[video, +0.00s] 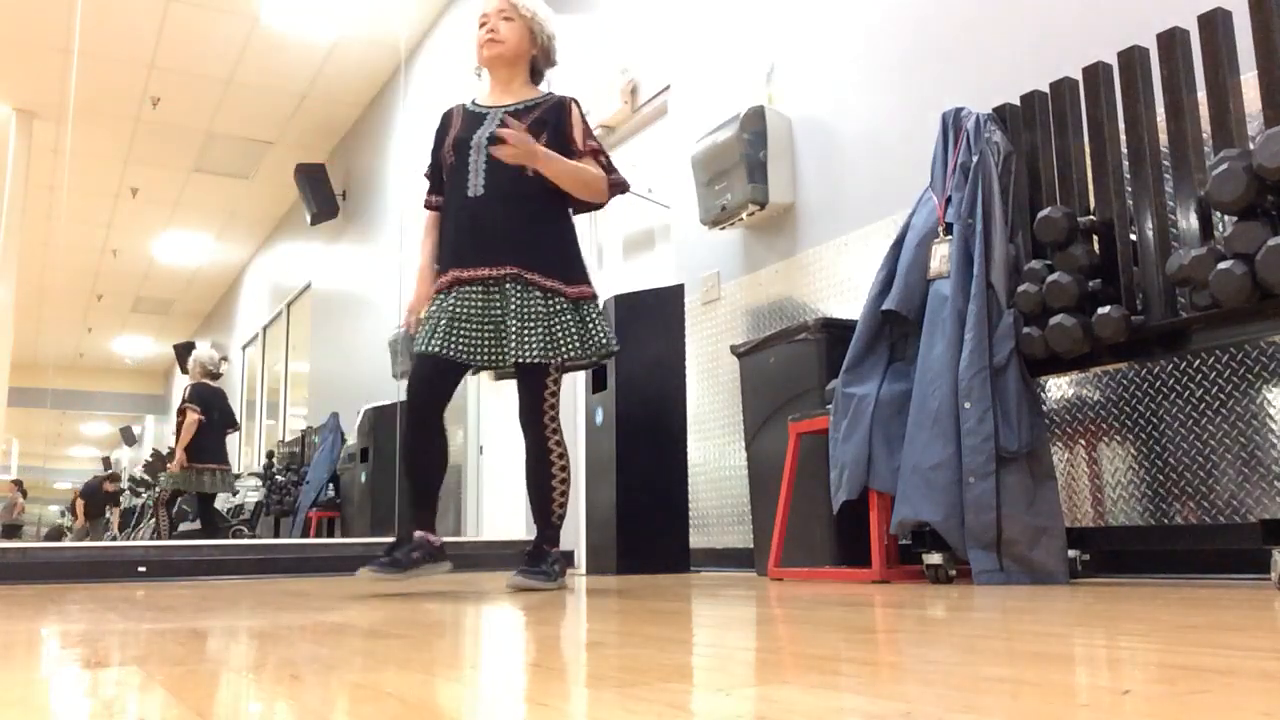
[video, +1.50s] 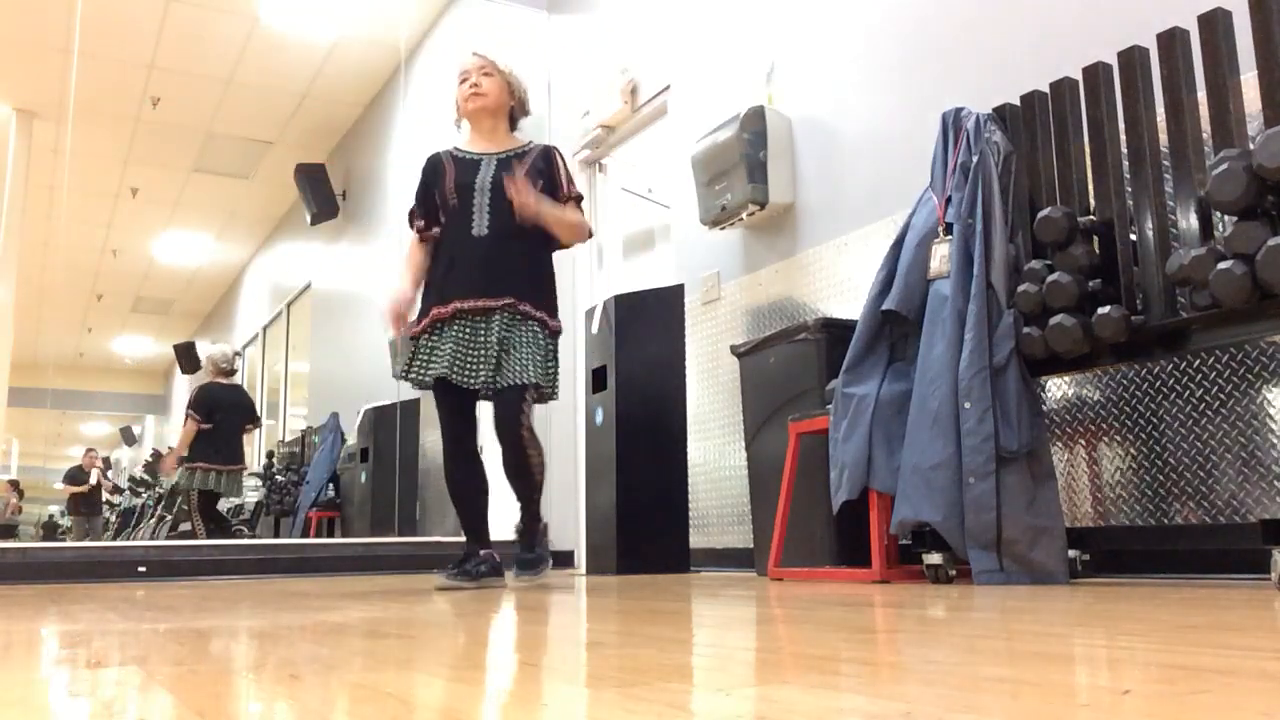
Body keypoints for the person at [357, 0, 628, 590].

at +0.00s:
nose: (488, 27)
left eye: (504, 20)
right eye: (481, 23)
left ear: (534, 41)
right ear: (475, 47)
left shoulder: (559, 110)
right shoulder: (455, 120)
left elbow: (600, 188)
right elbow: (436, 213)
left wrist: (537, 156)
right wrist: (424, 286)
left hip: (538, 278)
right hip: (465, 280)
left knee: (538, 415)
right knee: (421, 398)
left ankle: (546, 551)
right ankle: (422, 537)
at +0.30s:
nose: (472, 38)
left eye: (486, 31)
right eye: (465, 35)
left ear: (518, 52)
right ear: (459, 59)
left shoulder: (534, 121)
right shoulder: (435, 126)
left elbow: (553, 193)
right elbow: (399, 202)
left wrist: (470, 152)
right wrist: (371, 260)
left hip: (496, 288)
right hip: (426, 286)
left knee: (503, 420)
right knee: (410, 423)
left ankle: (542, 551)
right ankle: (414, 553)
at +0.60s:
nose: (464, 39)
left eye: (479, 31)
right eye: (459, 35)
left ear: (510, 53)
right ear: (455, 58)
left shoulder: (531, 118)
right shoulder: (438, 129)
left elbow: (536, 197)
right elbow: (410, 211)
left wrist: (496, 257)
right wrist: (379, 227)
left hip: (501, 291)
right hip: (430, 289)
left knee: (492, 423)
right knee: (417, 425)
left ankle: (515, 551)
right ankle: (415, 553)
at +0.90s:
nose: (470, 48)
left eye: (485, 42)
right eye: (464, 45)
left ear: (513, 65)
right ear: (459, 70)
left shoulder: (541, 127)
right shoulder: (440, 139)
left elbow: (589, 193)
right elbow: (409, 224)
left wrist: (633, 248)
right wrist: (407, 184)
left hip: (520, 291)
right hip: (452, 294)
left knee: (511, 420)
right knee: (440, 425)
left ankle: (520, 550)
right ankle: (475, 543)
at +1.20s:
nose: (468, 65)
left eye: (482, 59)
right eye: (462, 62)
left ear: (510, 80)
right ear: (455, 85)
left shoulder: (535, 144)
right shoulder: (434, 150)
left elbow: (568, 215)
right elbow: (403, 230)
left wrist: (586, 253)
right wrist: (399, 162)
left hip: (515, 297)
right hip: (449, 301)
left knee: (505, 421)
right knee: (457, 433)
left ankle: (517, 550)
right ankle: (477, 548)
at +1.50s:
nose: (472, 82)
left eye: (484, 75)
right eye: (463, 80)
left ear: (511, 95)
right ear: (457, 105)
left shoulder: (542, 159)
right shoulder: (440, 164)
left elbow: (579, 230)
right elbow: (422, 239)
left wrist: (540, 207)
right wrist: (407, 292)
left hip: (518, 308)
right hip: (450, 309)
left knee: (511, 424)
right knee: (457, 436)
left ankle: (532, 526)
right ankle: (479, 550)